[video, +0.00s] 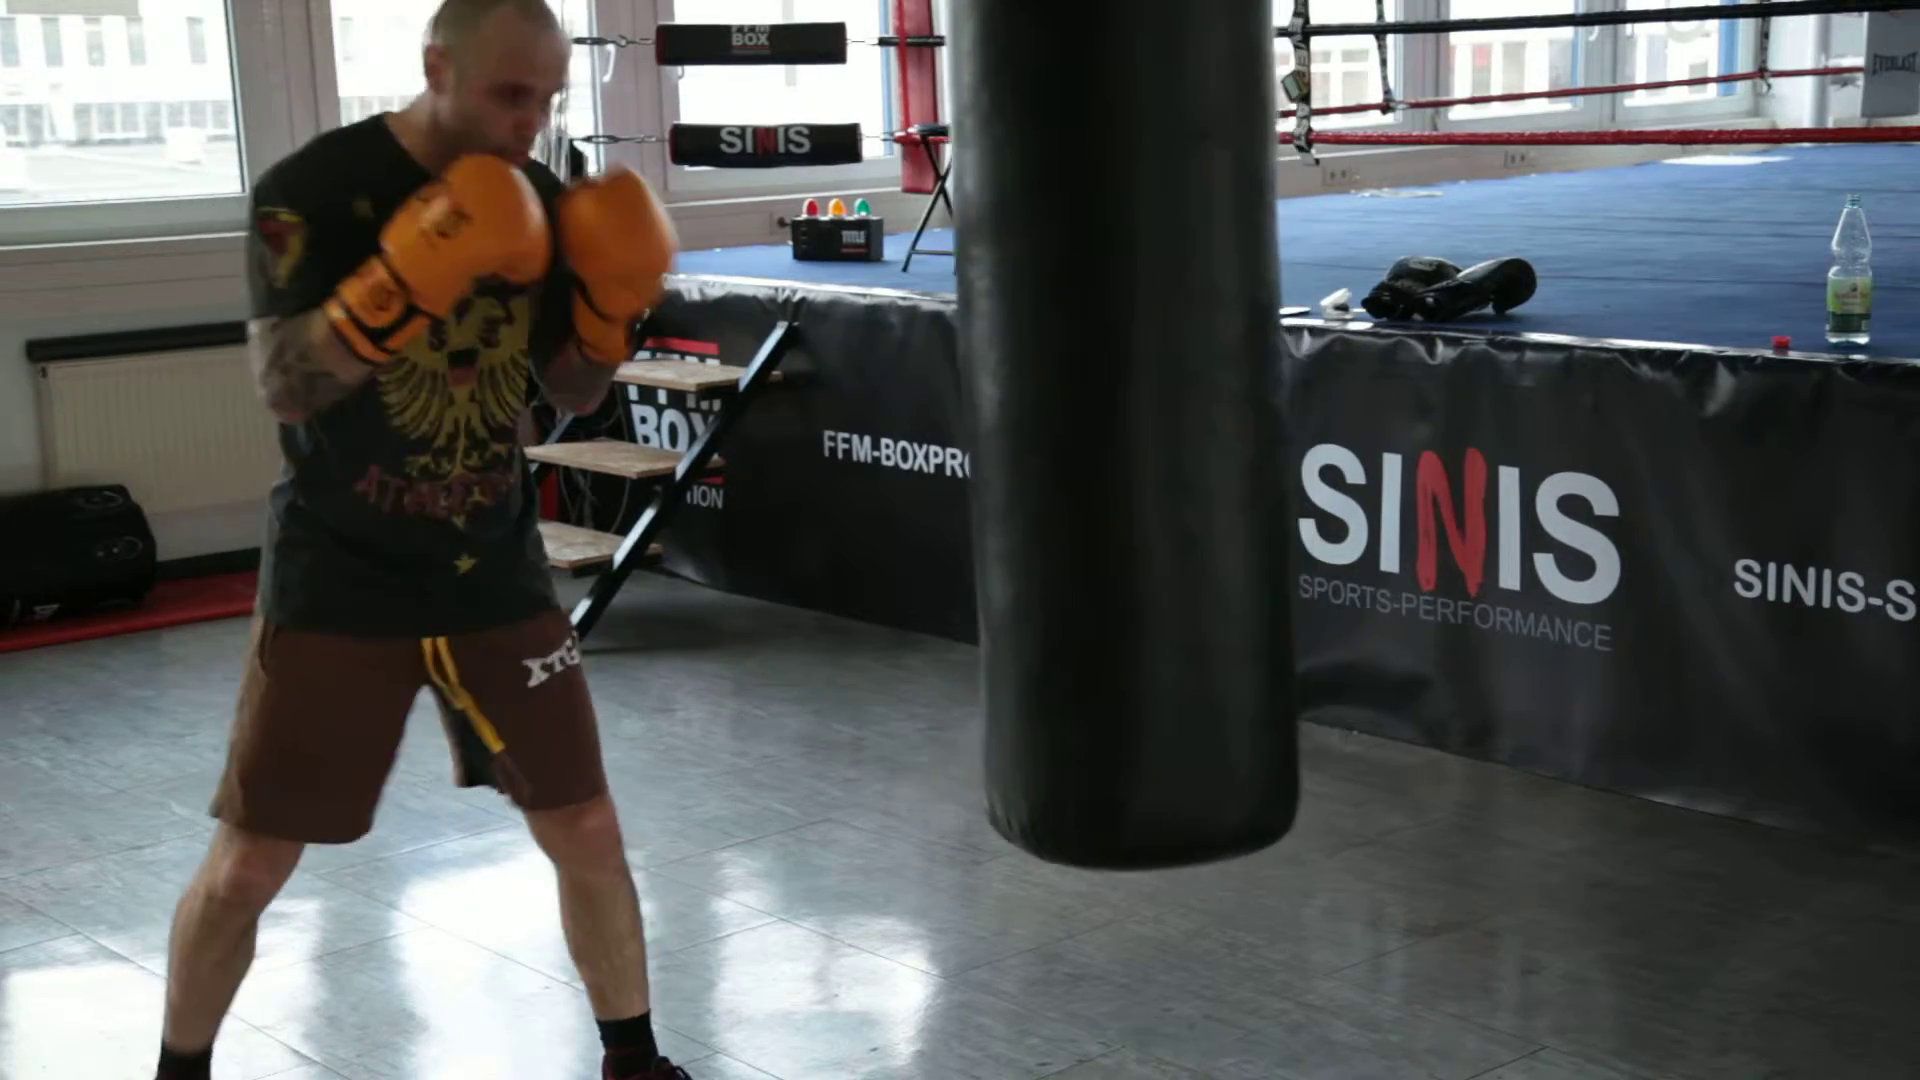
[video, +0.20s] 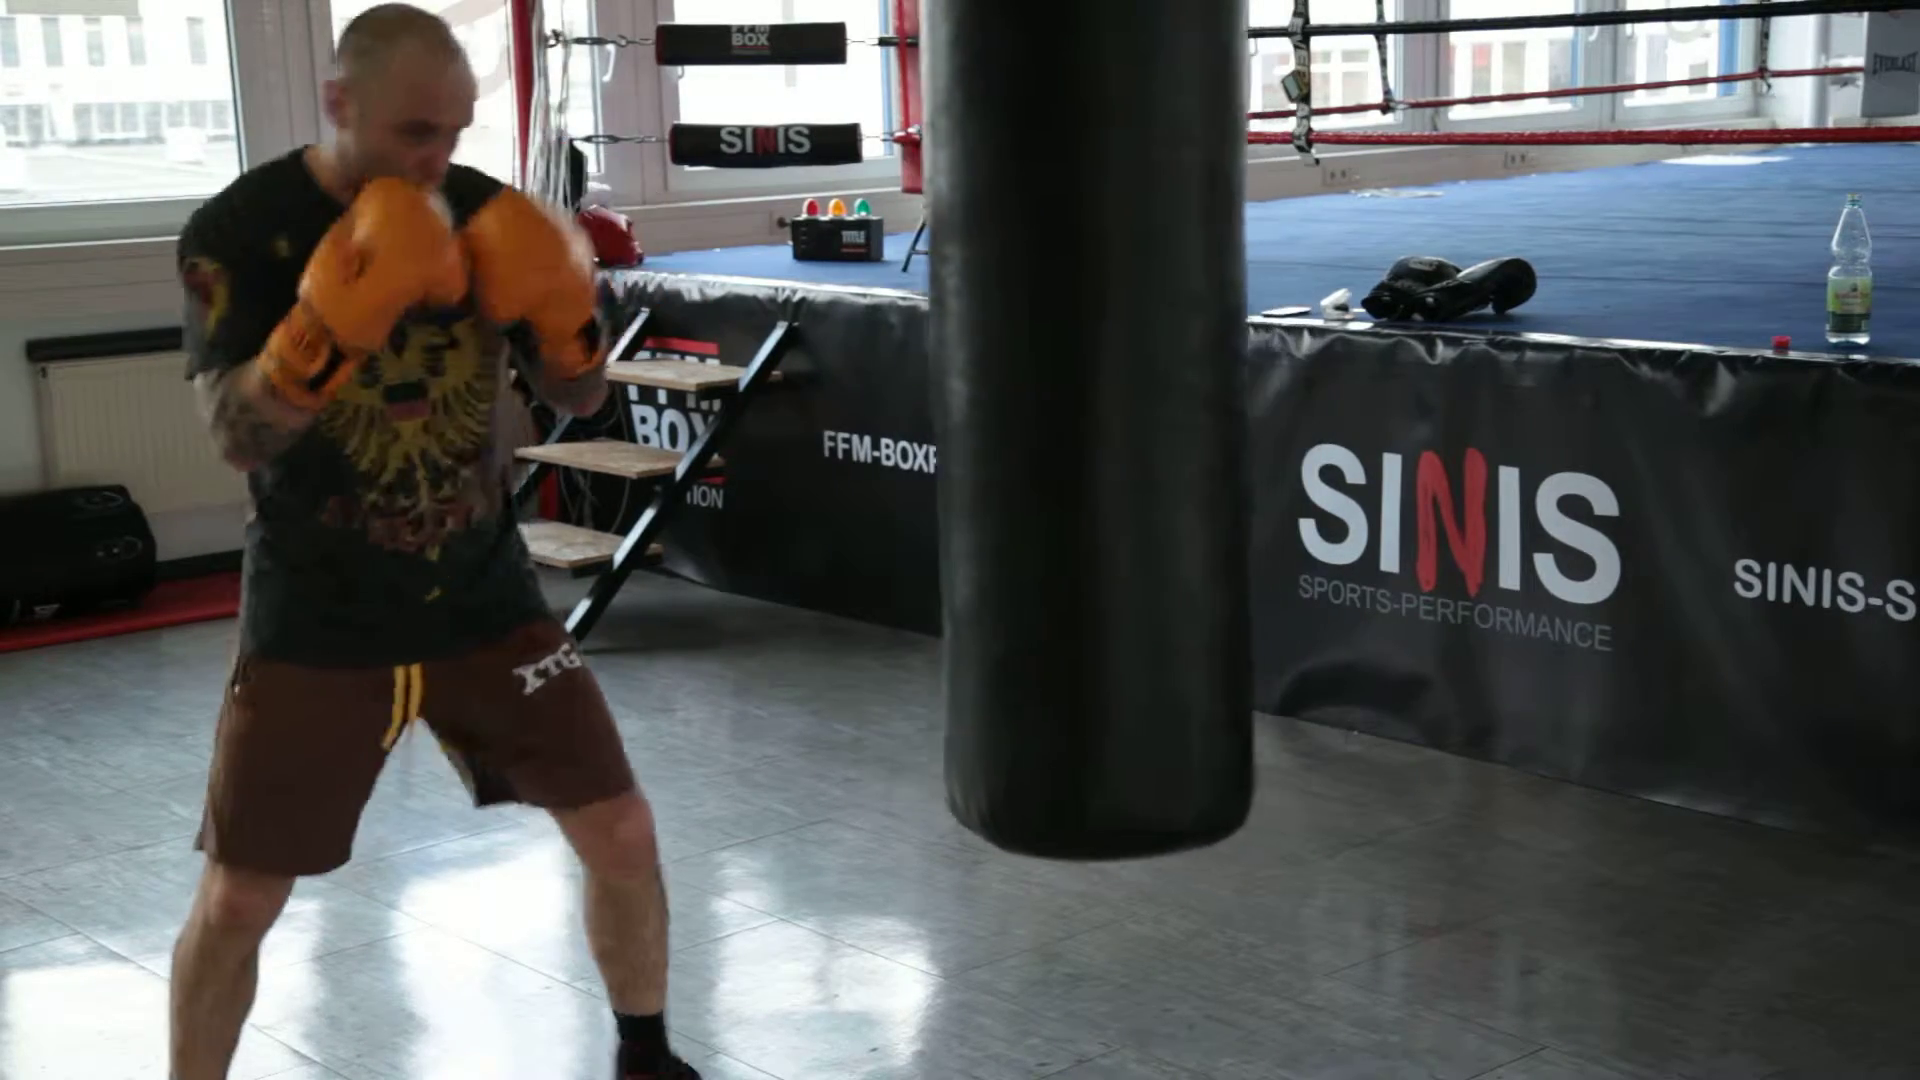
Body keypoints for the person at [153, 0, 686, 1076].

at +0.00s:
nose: (530, 122)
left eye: (547, 98)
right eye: (509, 95)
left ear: (557, 85)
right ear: (434, 71)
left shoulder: (545, 202)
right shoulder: (312, 191)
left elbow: (559, 402)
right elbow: (284, 388)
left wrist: (611, 313)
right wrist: (403, 280)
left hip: (496, 560)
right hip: (341, 565)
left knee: (588, 834)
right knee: (248, 867)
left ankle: (636, 1063)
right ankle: (179, 1075)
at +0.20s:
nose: (442, 157)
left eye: (455, 130)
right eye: (417, 131)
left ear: (469, 113)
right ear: (339, 105)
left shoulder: (485, 214)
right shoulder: (244, 231)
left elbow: (575, 403)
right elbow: (238, 438)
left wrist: (565, 327)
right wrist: (327, 326)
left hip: (484, 596)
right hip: (317, 617)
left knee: (622, 833)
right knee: (239, 902)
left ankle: (647, 1059)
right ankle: (192, 1078)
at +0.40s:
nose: (444, 256)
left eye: (460, 227)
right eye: (416, 234)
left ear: (479, 201)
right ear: (342, 213)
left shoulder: (523, 261)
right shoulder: (273, 301)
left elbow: (661, 428)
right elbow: (261, 498)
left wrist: (616, 328)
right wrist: (332, 437)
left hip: (525, 637)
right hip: (353, 646)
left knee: (654, 883)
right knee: (254, 921)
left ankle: (703, 1073)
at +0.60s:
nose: (630, 226)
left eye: (640, 198)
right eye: (607, 200)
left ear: (649, 178)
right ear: (534, 171)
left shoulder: (634, 272)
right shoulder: (414, 264)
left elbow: (681, 431)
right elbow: (329, 454)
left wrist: (704, 368)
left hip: (575, 607)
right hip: (424, 620)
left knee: (685, 848)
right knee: (324, 915)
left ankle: (711, 1074)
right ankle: (208, 1077)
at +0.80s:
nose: (707, 210)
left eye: (721, 185)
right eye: (689, 180)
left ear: (733, 162)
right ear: (611, 149)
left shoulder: (680, 259)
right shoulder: (506, 220)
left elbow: (705, 431)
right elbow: (530, 356)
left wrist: (755, 357)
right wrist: (723, 295)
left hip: (602, 593)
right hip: (462, 605)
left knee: (703, 851)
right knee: (368, 910)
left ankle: (711, 1075)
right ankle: (227, 1073)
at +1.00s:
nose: (696, 164)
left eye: (710, 138)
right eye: (675, 136)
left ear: (720, 126)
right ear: (599, 111)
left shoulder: (700, 232)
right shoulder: (471, 207)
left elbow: (740, 413)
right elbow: (401, 409)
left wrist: (778, 357)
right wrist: (529, 322)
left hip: (623, 594)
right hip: (466, 597)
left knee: (697, 864)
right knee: (377, 904)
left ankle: (714, 1076)